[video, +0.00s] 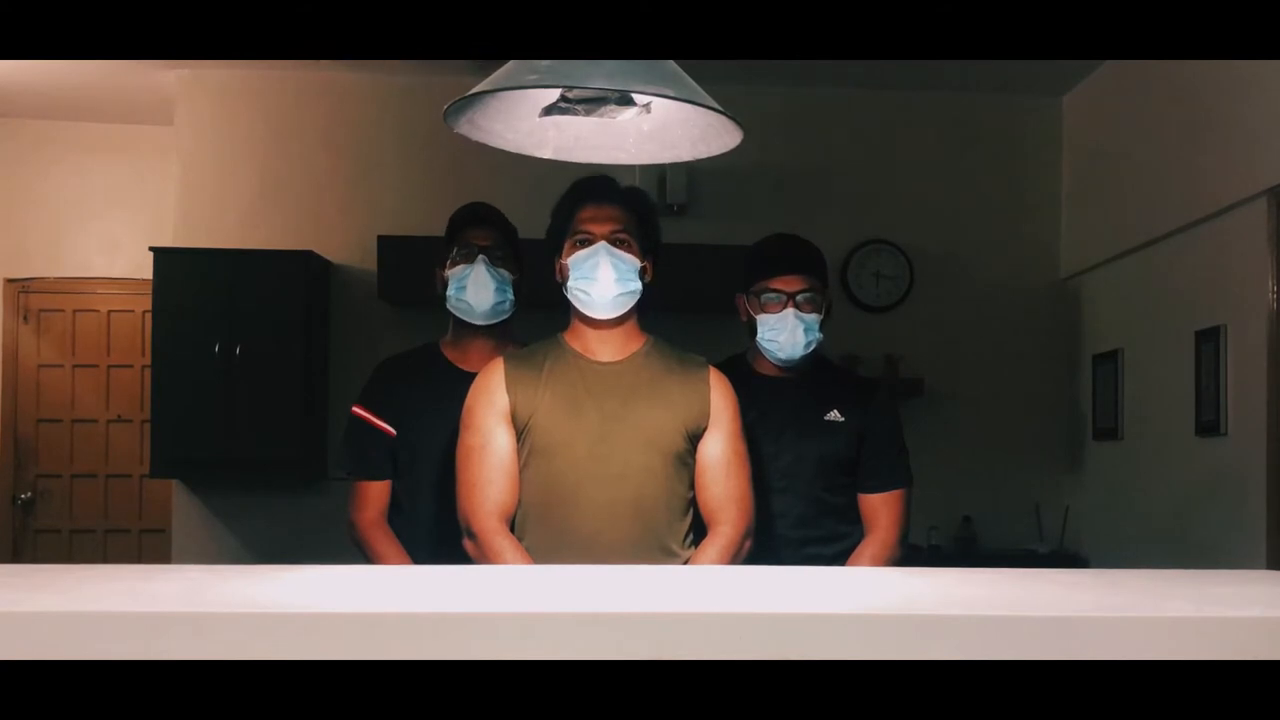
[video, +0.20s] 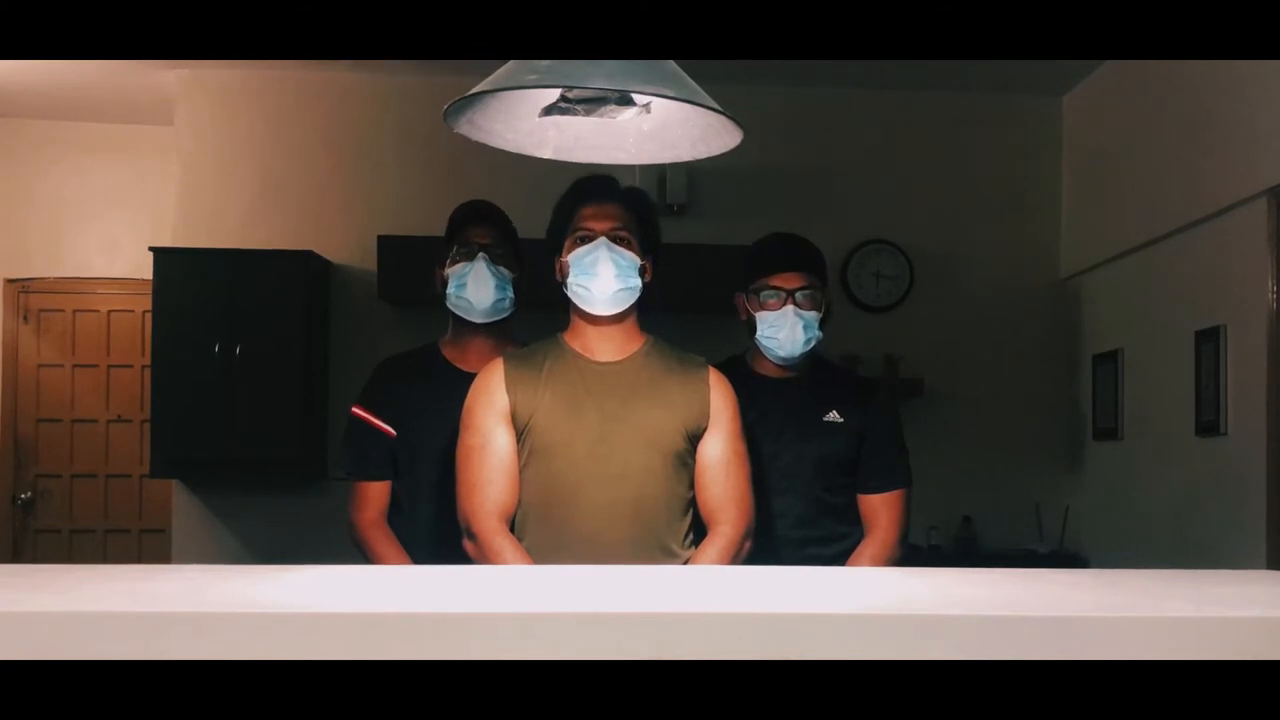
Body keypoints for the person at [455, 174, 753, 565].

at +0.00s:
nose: (601, 256)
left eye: (620, 242)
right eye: (583, 242)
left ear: (645, 268)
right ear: (560, 267)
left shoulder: (704, 387)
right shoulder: (503, 381)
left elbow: (732, 530)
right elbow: (483, 529)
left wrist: (668, 615)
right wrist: (552, 615)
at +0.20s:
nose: (602, 252)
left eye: (619, 239)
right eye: (584, 239)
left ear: (645, 268)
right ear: (561, 267)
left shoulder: (704, 387)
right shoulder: (503, 381)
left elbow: (731, 530)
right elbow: (483, 529)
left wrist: (669, 615)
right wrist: (552, 615)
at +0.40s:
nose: (602, 249)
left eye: (620, 238)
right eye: (585, 237)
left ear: (645, 268)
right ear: (561, 266)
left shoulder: (704, 388)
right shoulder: (503, 381)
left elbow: (731, 530)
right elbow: (483, 530)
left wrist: (669, 615)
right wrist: (553, 616)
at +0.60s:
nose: (602, 245)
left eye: (620, 235)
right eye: (585, 234)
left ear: (645, 268)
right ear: (561, 265)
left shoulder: (704, 389)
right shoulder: (503, 382)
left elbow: (731, 531)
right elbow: (483, 530)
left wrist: (669, 616)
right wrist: (553, 616)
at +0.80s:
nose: (602, 244)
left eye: (620, 235)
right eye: (584, 234)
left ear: (645, 267)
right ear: (561, 264)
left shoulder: (704, 389)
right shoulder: (503, 382)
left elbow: (731, 531)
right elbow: (484, 530)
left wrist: (668, 615)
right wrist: (552, 616)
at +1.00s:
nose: (602, 242)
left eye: (620, 234)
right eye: (585, 232)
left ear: (645, 268)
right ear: (562, 264)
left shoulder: (703, 389)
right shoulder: (503, 382)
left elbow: (731, 531)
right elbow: (484, 531)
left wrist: (668, 615)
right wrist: (553, 616)